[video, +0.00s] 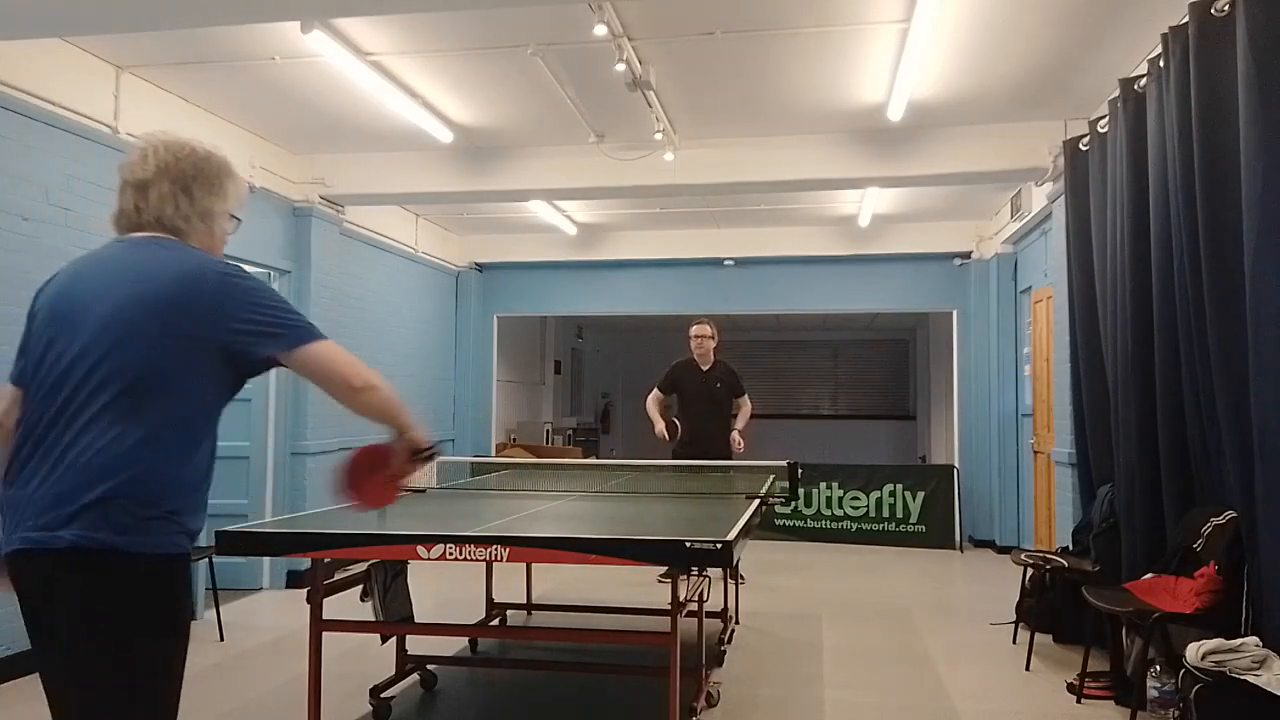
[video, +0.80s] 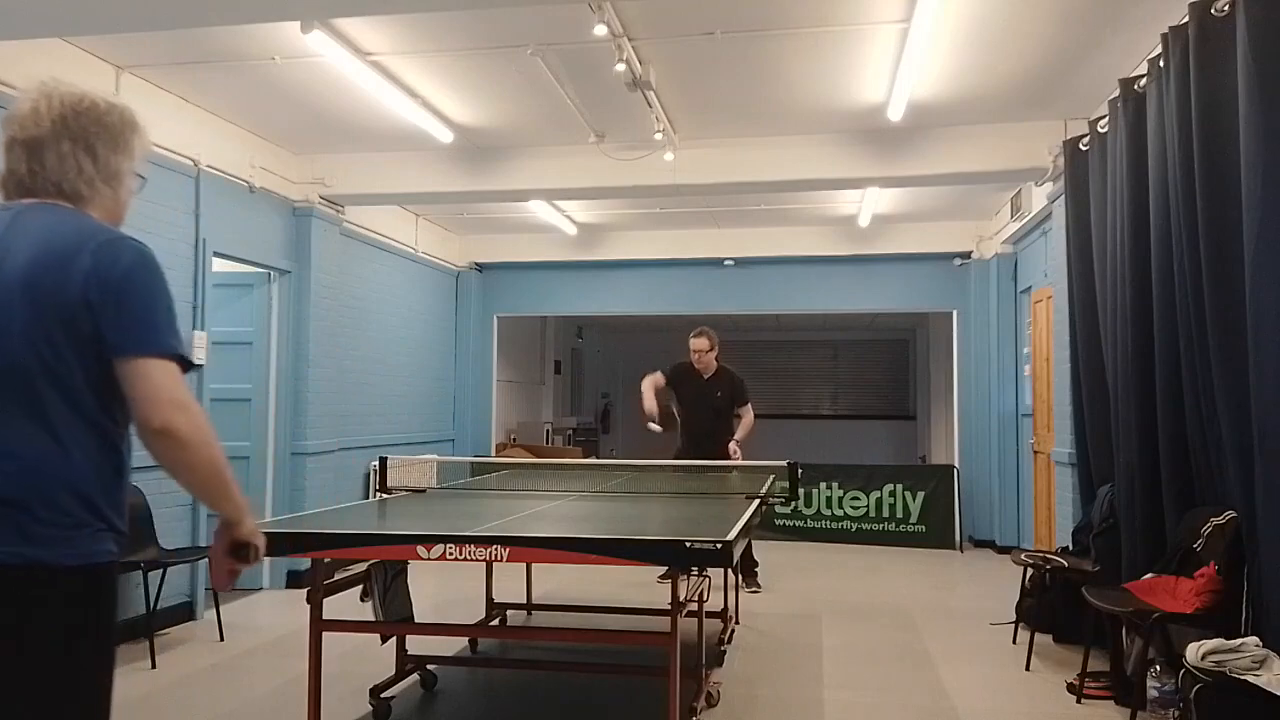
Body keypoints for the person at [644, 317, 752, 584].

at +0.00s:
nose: (700, 342)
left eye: (705, 337)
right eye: (695, 337)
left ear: (714, 341)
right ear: (689, 341)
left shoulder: (726, 372)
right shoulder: (679, 370)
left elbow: (745, 405)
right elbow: (653, 399)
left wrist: (736, 429)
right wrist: (658, 421)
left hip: (718, 454)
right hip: (685, 453)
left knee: (724, 508)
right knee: (679, 508)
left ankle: (730, 562)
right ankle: (677, 562)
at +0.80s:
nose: (696, 357)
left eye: (702, 352)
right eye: (693, 352)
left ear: (715, 350)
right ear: (689, 351)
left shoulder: (731, 380)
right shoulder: (681, 372)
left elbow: (747, 416)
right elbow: (648, 381)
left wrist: (736, 440)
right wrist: (651, 406)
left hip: (721, 459)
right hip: (686, 457)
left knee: (735, 513)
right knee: (674, 509)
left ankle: (748, 572)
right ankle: (678, 562)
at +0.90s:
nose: (704, 349)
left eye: (709, 344)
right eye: (700, 344)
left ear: (721, 345)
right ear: (696, 344)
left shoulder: (736, 377)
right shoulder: (687, 364)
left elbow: (750, 413)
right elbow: (656, 361)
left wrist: (741, 435)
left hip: (723, 457)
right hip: (688, 455)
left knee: (735, 512)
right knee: (676, 508)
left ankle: (748, 572)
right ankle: (678, 561)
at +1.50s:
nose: (724, 337)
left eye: (729, 333)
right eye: (720, 333)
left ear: (742, 335)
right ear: (716, 335)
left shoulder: (755, 370)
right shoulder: (705, 363)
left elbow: (772, 409)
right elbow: (677, 385)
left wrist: (759, 432)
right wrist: (656, 394)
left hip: (739, 455)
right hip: (703, 453)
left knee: (746, 515)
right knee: (686, 508)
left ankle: (749, 573)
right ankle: (678, 566)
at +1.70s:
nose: (703, 339)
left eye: (709, 334)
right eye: (700, 334)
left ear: (723, 337)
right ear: (697, 338)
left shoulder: (740, 371)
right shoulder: (691, 367)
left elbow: (757, 412)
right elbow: (683, 403)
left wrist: (736, 434)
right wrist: (672, 433)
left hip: (727, 458)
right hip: (692, 455)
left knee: (737, 515)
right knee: (675, 509)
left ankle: (749, 573)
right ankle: (665, 570)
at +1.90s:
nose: (669, 341)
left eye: (675, 336)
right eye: (666, 337)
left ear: (691, 337)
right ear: (663, 342)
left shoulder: (710, 372)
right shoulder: (665, 372)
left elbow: (729, 413)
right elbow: (660, 407)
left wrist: (702, 435)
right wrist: (652, 439)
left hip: (702, 460)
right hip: (668, 459)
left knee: (717, 516)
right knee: (661, 515)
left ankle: (743, 566)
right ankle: (662, 574)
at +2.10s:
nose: (641, 339)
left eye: (646, 333)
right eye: (637, 335)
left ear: (662, 334)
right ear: (636, 339)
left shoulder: (681, 367)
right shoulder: (640, 368)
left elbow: (698, 410)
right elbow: (635, 403)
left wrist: (667, 432)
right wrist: (624, 432)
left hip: (675, 459)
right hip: (645, 458)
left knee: (673, 516)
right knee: (648, 517)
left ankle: (677, 575)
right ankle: (657, 577)